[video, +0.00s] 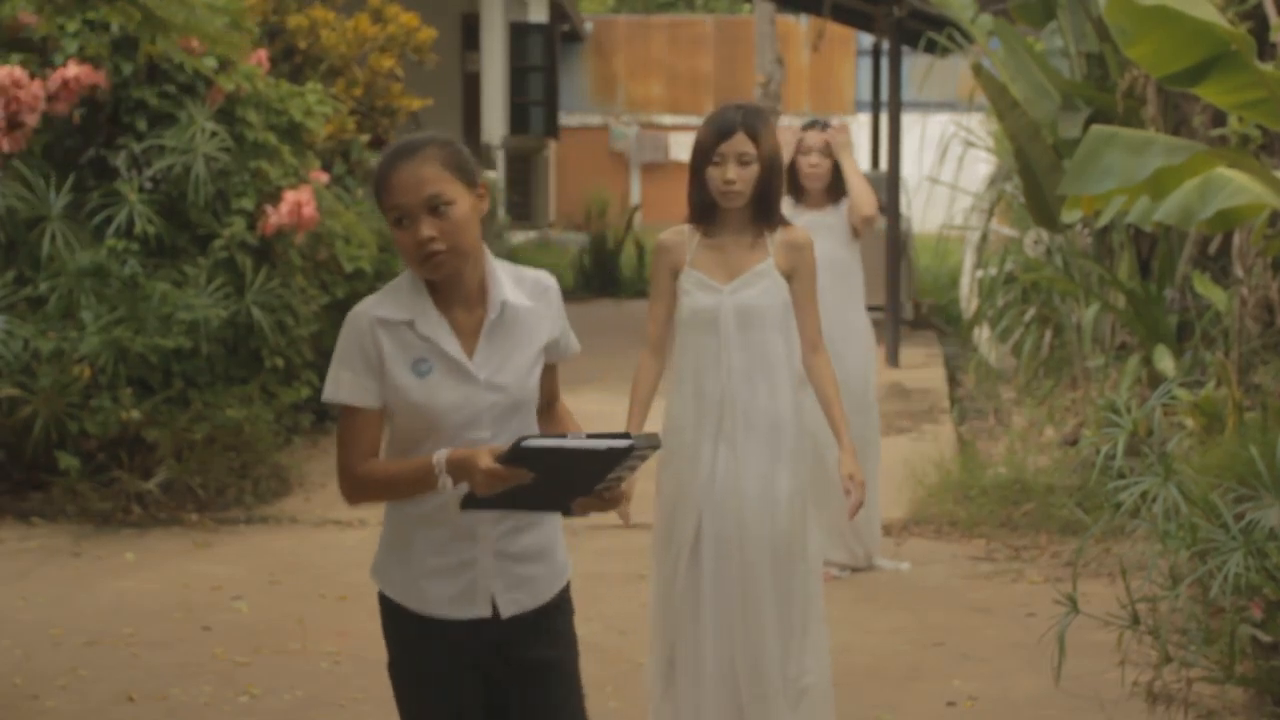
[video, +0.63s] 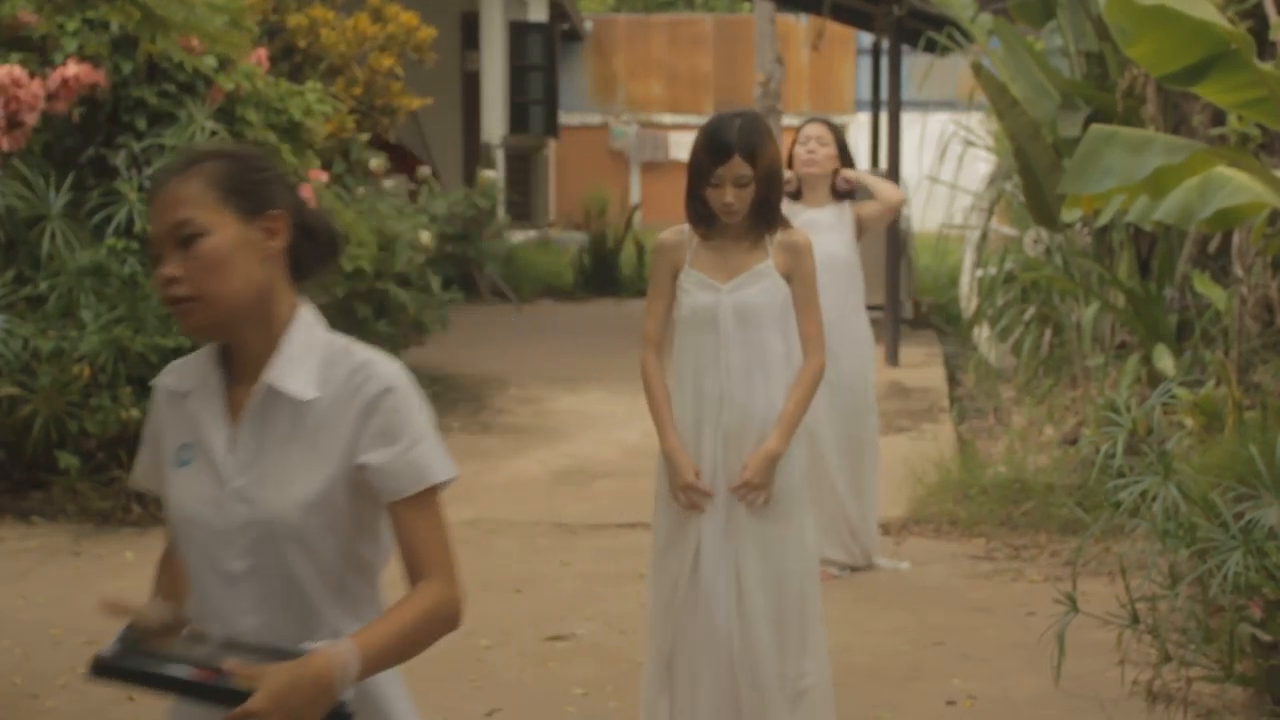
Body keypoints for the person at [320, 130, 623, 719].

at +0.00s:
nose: (424, 234)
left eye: (439, 208)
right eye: (402, 220)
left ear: (481, 199)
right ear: (388, 231)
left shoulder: (539, 296)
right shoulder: (373, 325)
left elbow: (550, 407)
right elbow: (356, 480)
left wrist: (593, 472)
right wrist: (453, 466)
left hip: (534, 586)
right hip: (428, 598)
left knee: (556, 713)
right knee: (444, 714)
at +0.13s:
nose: (408, 262)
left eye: (423, 234)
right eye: (387, 249)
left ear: (470, 223)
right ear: (375, 261)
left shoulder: (537, 326)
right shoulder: (361, 355)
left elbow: (568, 444)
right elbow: (337, 518)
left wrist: (605, 517)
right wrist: (442, 509)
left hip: (522, 619)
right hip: (415, 629)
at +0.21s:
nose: (401, 270)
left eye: (417, 242)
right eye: (381, 257)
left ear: (468, 227)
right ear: (369, 267)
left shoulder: (544, 349)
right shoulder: (354, 364)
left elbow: (579, 483)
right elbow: (321, 526)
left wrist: (599, 569)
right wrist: (408, 531)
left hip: (512, 649)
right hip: (395, 657)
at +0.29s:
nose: (378, 269)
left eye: (395, 242)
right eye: (361, 256)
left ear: (456, 228)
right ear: (352, 266)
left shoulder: (539, 362)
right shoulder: (340, 366)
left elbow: (583, 507)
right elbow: (306, 521)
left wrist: (588, 588)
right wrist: (353, 550)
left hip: (498, 670)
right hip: (373, 671)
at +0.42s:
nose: (315, 250)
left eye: (334, 221)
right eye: (303, 234)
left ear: (407, 212)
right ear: (296, 245)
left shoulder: (499, 356)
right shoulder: (298, 351)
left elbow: (561, 524)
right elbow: (276, 494)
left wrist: (508, 607)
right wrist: (273, 553)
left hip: (462, 684)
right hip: (331, 681)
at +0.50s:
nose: (259, 246)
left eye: (281, 217)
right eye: (250, 230)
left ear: (359, 210)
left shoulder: (451, 359)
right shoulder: (255, 355)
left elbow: (516, 546)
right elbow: (248, 497)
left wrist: (433, 622)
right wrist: (232, 558)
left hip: (428, 690)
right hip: (292, 684)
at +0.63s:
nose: (166, 273)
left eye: (189, 241)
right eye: (157, 254)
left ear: (273, 233)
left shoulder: (371, 388)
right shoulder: (178, 392)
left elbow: (441, 596)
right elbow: (186, 540)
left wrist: (333, 668)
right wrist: (165, 613)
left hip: (346, 702)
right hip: (210, 699)